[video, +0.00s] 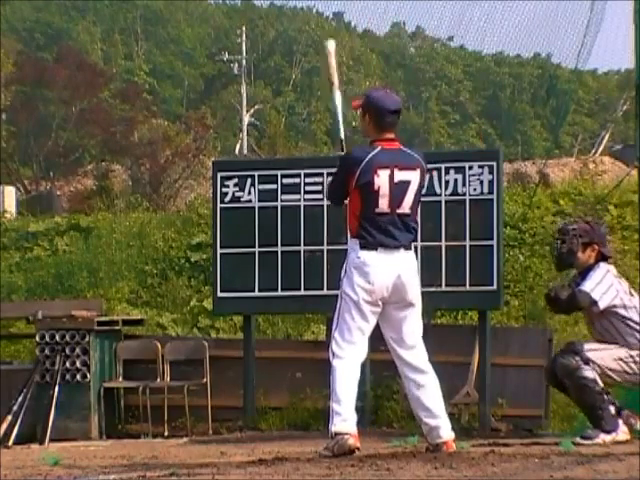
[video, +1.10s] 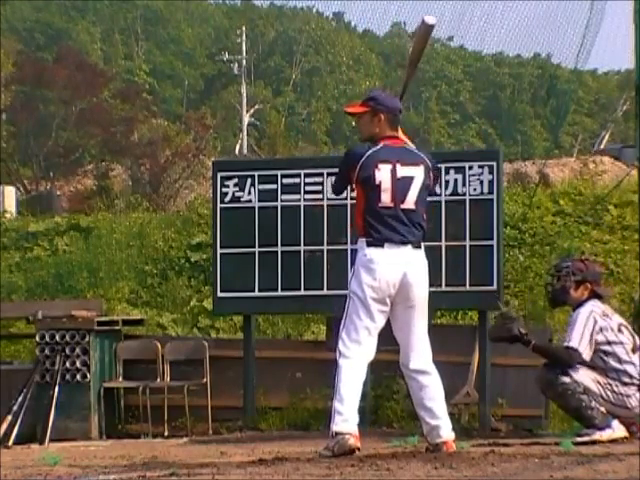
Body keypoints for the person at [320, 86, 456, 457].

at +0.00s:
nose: (361, 119)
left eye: (363, 115)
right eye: (362, 114)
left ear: (369, 119)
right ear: (396, 119)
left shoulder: (357, 160)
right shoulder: (416, 162)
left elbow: (335, 196)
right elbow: (395, 192)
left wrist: (346, 163)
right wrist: (362, 165)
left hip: (367, 263)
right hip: (406, 263)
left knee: (347, 348)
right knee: (412, 350)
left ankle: (343, 431)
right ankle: (441, 433)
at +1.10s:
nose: (357, 123)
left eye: (362, 118)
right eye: (358, 117)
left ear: (380, 120)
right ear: (391, 121)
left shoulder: (360, 156)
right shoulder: (422, 159)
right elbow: (431, 186)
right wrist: (400, 145)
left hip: (376, 261)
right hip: (416, 261)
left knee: (354, 348)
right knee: (418, 354)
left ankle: (344, 431)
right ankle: (442, 435)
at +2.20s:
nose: (298, 139)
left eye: (304, 133)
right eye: (298, 134)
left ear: (324, 136)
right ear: (320, 138)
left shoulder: (339, 169)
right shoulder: (327, 176)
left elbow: (362, 221)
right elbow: (311, 234)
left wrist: (319, 241)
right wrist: (270, 222)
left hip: (373, 267)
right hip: (365, 268)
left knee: (337, 350)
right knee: (337, 352)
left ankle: (351, 436)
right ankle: (351, 436)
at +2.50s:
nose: (274, 176)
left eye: (279, 170)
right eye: (274, 171)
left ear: (298, 172)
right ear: (299, 174)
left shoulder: (313, 199)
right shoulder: (313, 204)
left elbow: (323, 249)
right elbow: (300, 278)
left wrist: (282, 265)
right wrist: (265, 267)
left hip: (374, 288)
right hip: (369, 290)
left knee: (325, 358)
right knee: (322, 361)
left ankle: (351, 438)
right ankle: (351, 436)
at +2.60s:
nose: (268, 188)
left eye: (273, 182)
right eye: (269, 182)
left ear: (293, 185)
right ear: (295, 186)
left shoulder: (307, 210)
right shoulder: (313, 213)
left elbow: (305, 257)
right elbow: (295, 287)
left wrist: (260, 267)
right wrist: (258, 271)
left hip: (376, 292)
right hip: (376, 293)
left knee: (324, 358)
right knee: (321, 360)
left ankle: (350, 437)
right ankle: (351, 436)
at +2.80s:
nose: (261, 206)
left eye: (265, 199)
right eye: (261, 200)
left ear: (285, 201)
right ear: (286, 202)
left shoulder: (299, 225)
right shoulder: (309, 233)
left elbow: (254, 269)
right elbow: (279, 300)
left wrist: (218, 262)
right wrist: (264, 263)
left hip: (376, 299)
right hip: (374, 301)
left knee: (322, 360)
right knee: (316, 364)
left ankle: (350, 437)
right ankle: (350, 437)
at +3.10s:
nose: (259, 208)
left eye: (264, 202)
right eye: (260, 202)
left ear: (283, 204)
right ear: (285, 205)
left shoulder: (294, 228)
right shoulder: (307, 231)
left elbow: (240, 271)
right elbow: (273, 299)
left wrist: (209, 259)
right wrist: (264, 260)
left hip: (371, 300)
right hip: (372, 301)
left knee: (317, 362)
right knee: (315, 365)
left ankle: (349, 436)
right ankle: (351, 436)